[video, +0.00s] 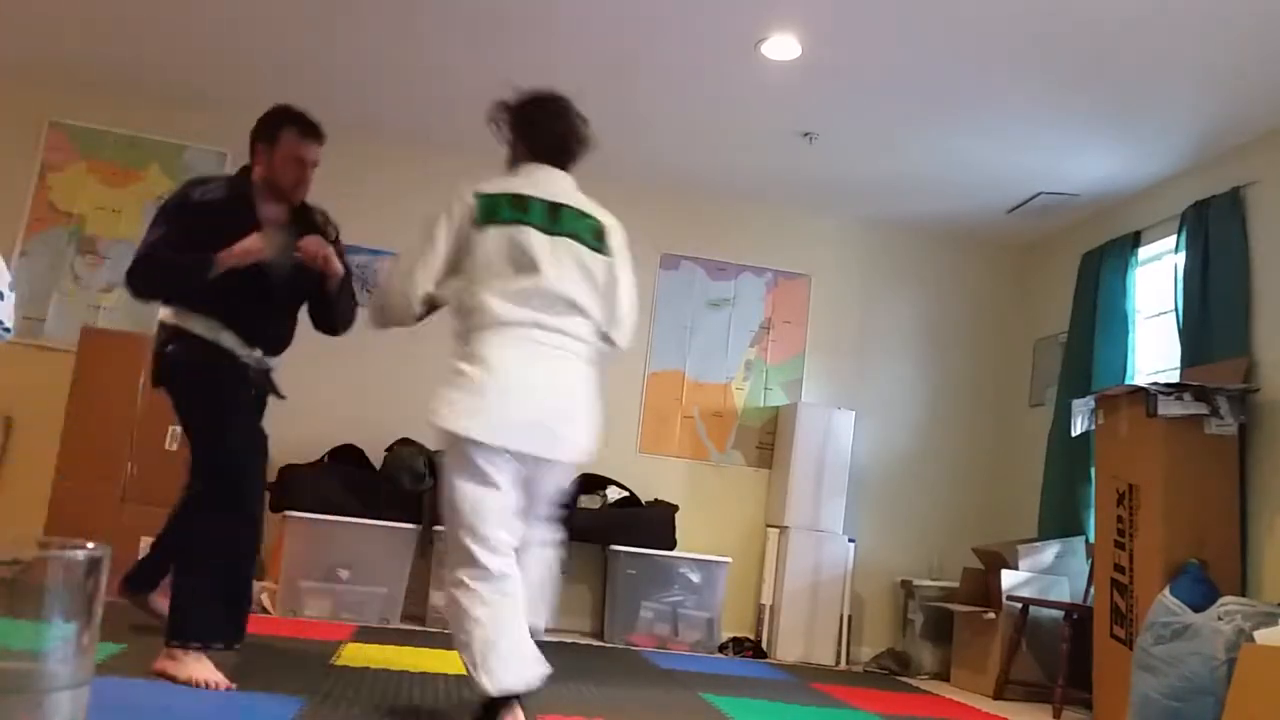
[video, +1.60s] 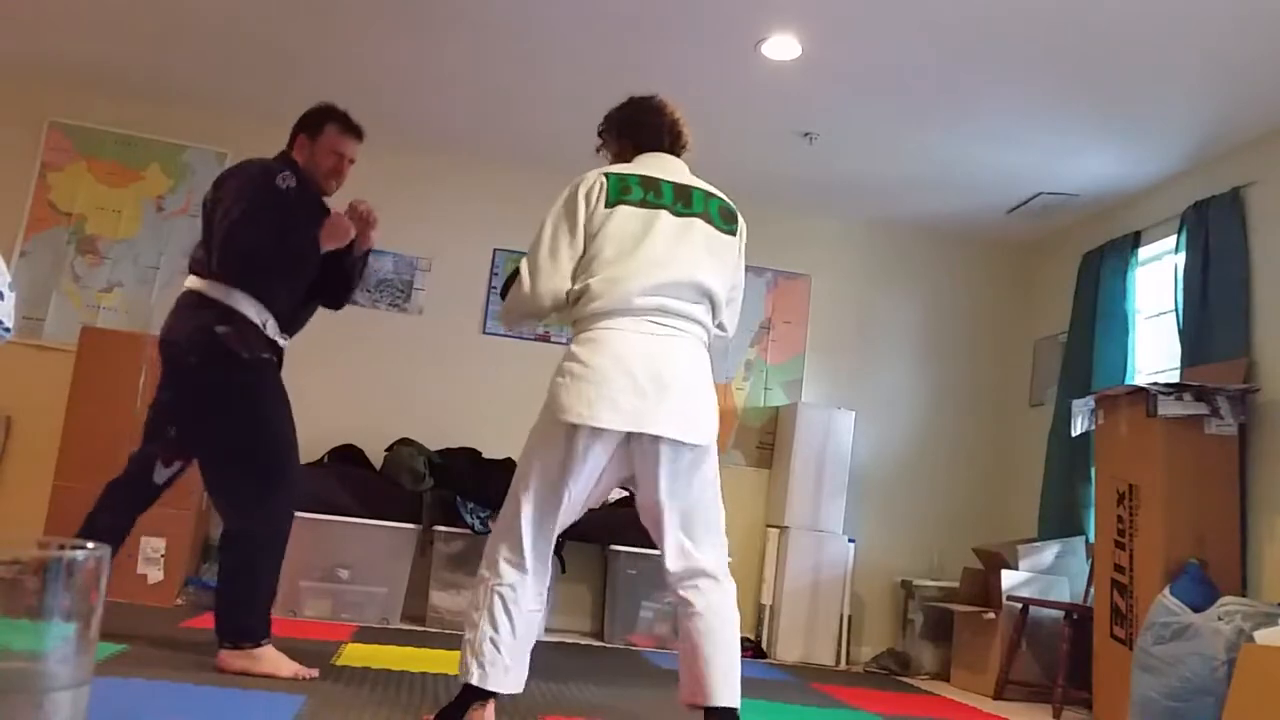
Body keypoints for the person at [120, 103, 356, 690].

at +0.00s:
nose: (306, 175)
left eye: (313, 164)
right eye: (296, 161)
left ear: (317, 166)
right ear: (261, 155)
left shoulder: (315, 226)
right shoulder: (207, 199)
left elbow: (336, 321)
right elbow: (145, 276)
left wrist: (333, 274)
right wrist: (224, 259)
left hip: (249, 369)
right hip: (196, 349)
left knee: (220, 486)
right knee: (234, 494)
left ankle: (144, 583)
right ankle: (185, 647)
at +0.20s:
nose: (332, 136)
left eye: (341, 127)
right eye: (325, 121)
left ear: (342, 127)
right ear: (289, 109)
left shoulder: (326, 178)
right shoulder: (234, 142)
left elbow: (353, 267)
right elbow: (195, 219)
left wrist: (349, 212)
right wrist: (271, 190)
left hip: (276, 331)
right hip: (221, 314)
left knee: (248, 467)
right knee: (215, 467)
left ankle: (186, 593)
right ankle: (189, 641)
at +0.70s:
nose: (362, 165)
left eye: (369, 156)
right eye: (355, 150)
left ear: (364, 156)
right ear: (319, 139)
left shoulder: (341, 218)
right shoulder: (259, 177)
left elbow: (322, 314)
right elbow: (210, 254)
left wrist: (348, 301)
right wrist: (294, 279)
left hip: (263, 341)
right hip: (231, 332)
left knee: (216, 485)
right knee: (286, 474)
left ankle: (170, 620)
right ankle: (250, 633)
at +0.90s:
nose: (360, 168)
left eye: (366, 160)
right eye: (353, 154)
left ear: (362, 161)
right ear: (319, 143)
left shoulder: (331, 218)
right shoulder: (274, 180)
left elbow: (317, 296)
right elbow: (240, 260)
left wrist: (372, 281)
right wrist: (327, 275)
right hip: (242, 348)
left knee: (174, 475)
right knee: (277, 494)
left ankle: (105, 596)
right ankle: (249, 637)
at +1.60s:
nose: (343, 171)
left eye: (349, 162)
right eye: (336, 156)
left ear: (350, 164)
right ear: (302, 145)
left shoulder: (315, 213)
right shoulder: (261, 179)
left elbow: (331, 293)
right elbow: (237, 253)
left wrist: (355, 248)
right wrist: (320, 240)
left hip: (200, 333)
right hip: (228, 340)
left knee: (151, 470)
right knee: (267, 492)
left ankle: (62, 593)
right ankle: (243, 642)